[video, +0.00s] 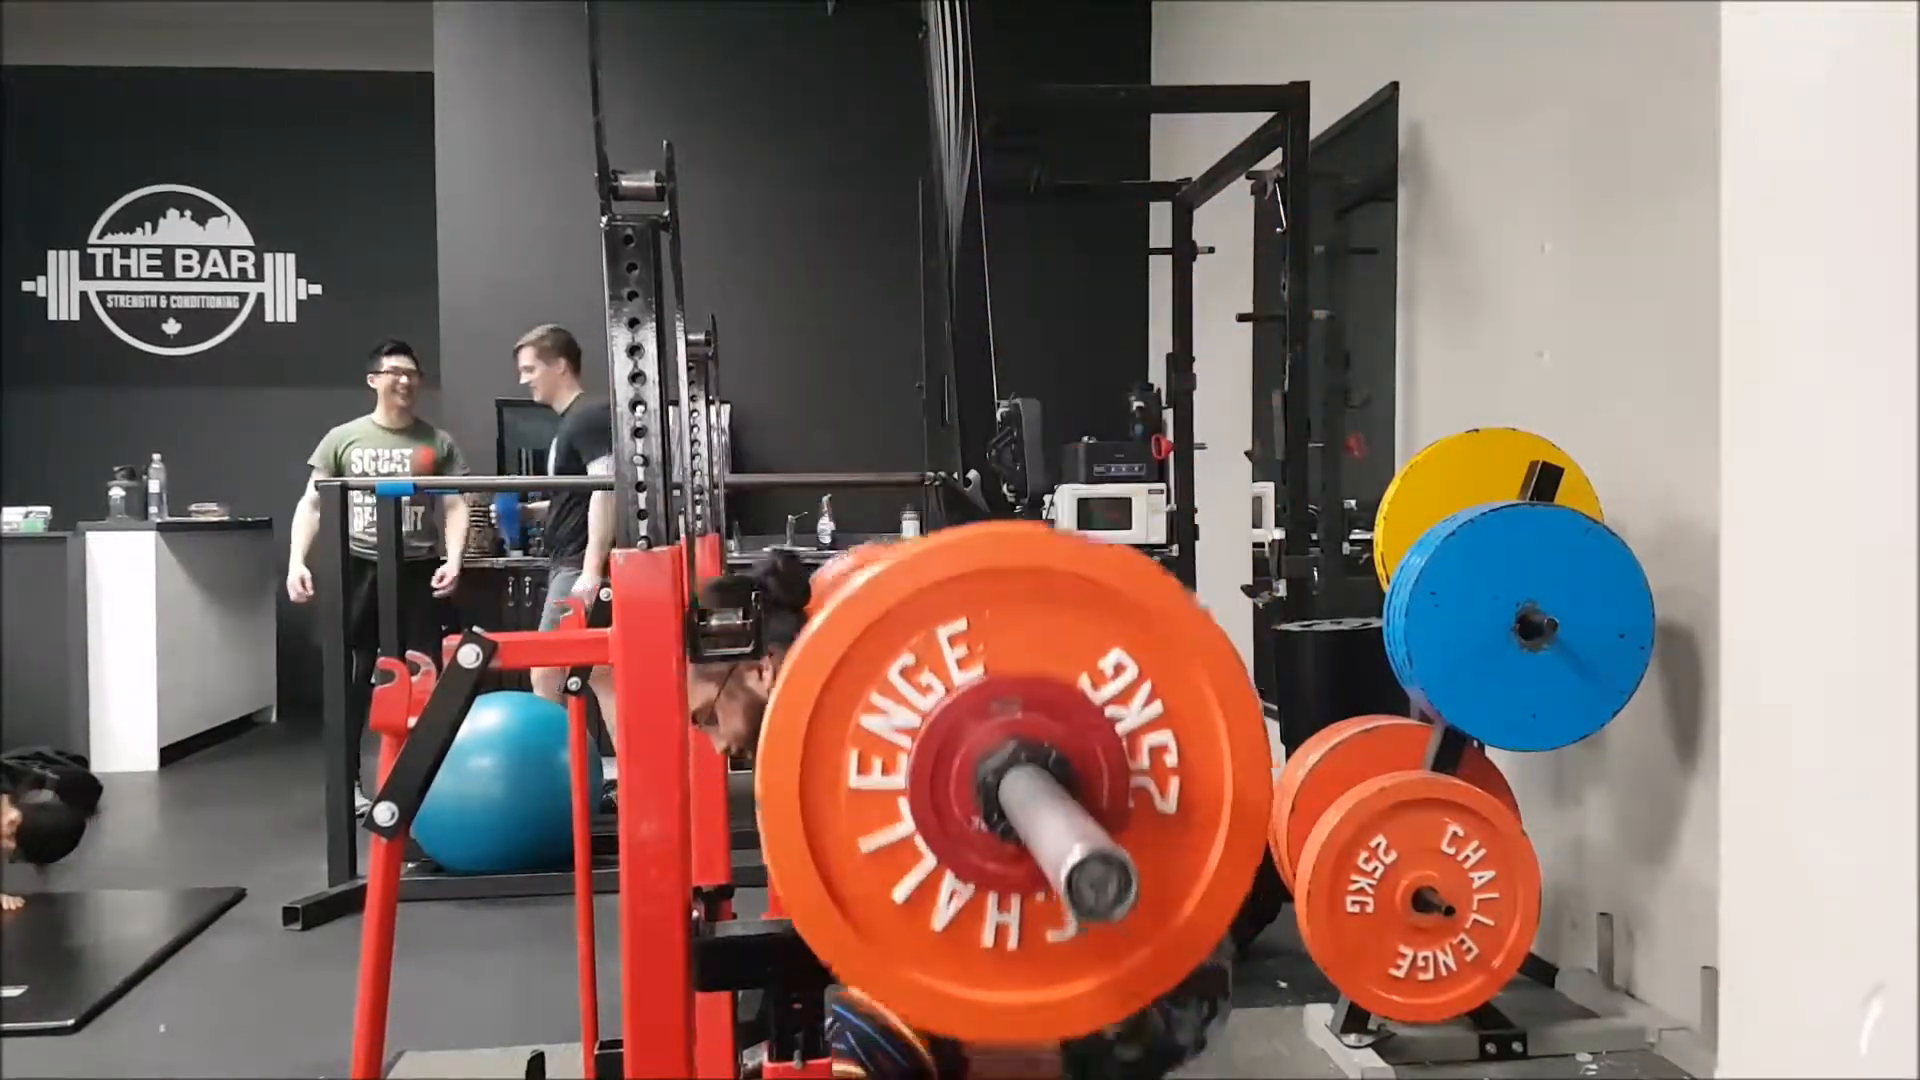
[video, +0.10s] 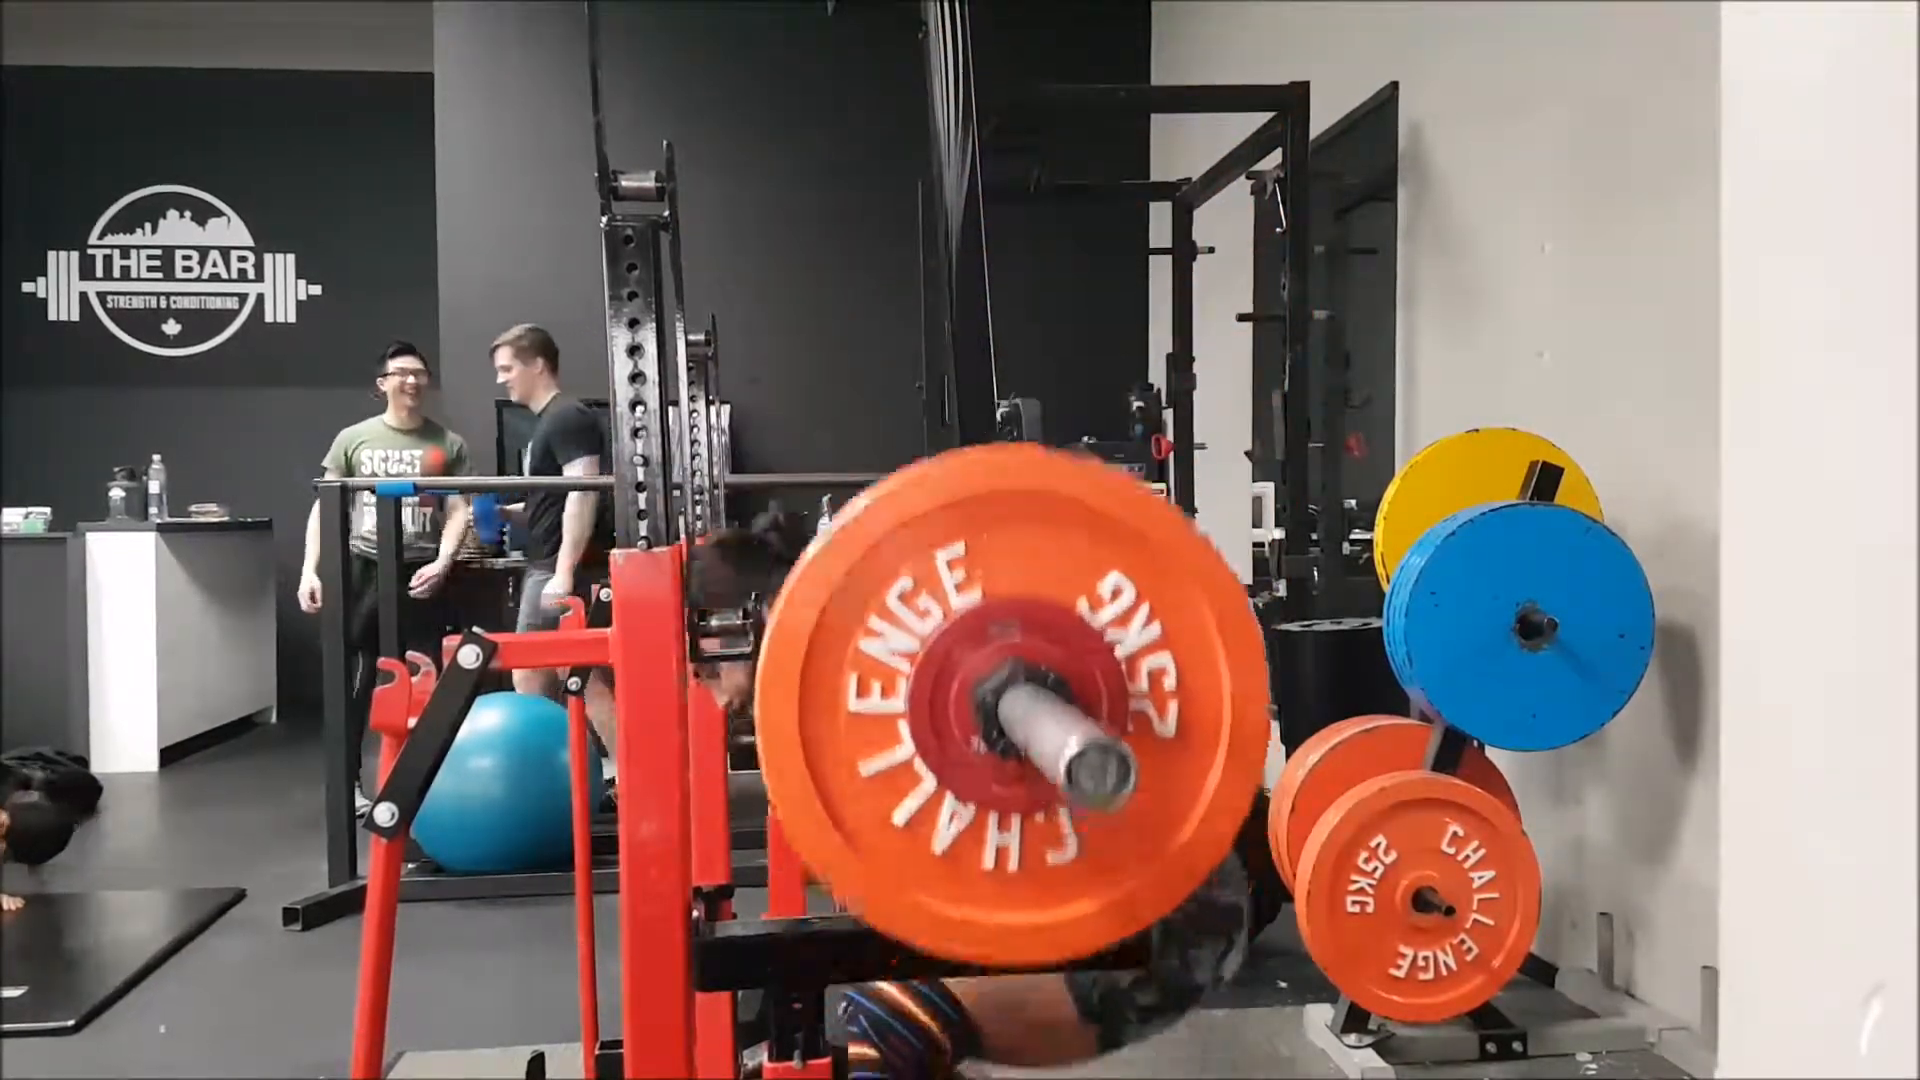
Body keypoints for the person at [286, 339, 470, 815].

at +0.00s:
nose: (403, 381)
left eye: (410, 373)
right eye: (393, 373)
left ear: (421, 383)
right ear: (373, 381)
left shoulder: (439, 443)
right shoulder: (341, 439)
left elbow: (456, 505)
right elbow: (312, 504)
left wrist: (454, 558)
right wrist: (297, 560)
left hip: (419, 572)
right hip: (358, 570)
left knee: (420, 675)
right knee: (352, 678)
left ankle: (421, 785)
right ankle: (348, 785)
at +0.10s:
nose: (410, 381)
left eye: (417, 374)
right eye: (400, 374)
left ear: (429, 383)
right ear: (382, 384)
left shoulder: (449, 445)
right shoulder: (352, 439)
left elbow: (459, 511)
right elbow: (323, 505)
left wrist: (442, 561)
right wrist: (310, 569)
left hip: (420, 572)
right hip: (361, 570)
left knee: (419, 677)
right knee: (353, 679)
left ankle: (418, 784)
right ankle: (349, 783)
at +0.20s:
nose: (423, 383)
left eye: (429, 375)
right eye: (413, 376)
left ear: (440, 383)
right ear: (394, 386)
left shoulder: (463, 449)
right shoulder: (365, 439)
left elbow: (465, 519)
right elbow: (340, 513)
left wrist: (444, 564)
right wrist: (327, 574)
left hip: (432, 573)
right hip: (373, 569)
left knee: (428, 677)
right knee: (365, 677)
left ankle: (425, 787)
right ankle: (353, 780)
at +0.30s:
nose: (429, 383)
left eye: (436, 375)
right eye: (420, 376)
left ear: (450, 383)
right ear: (405, 385)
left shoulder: (471, 446)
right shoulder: (376, 438)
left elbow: (477, 519)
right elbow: (354, 511)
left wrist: (458, 576)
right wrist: (342, 568)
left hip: (443, 572)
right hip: (383, 568)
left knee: (436, 674)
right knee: (375, 671)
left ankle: (431, 783)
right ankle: (362, 779)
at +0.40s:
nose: (430, 382)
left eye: (436, 375)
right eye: (422, 376)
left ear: (451, 383)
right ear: (409, 385)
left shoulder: (472, 439)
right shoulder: (381, 438)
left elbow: (482, 506)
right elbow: (359, 507)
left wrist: (464, 563)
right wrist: (340, 566)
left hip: (449, 564)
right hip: (390, 564)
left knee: (440, 667)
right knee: (375, 666)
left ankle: (437, 772)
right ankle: (367, 770)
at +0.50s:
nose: (422, 383)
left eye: (430, 374)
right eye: (416, 375)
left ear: (453, 378)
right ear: (411, 381)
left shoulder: (471, 440)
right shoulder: (386, 438)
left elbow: (467, 512)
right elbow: (364, 501)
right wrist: (345, 559)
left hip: (448, 576)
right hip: (389, 573)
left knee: (442, 676)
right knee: (374, 674)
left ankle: (443, 766)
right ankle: (369, 765)